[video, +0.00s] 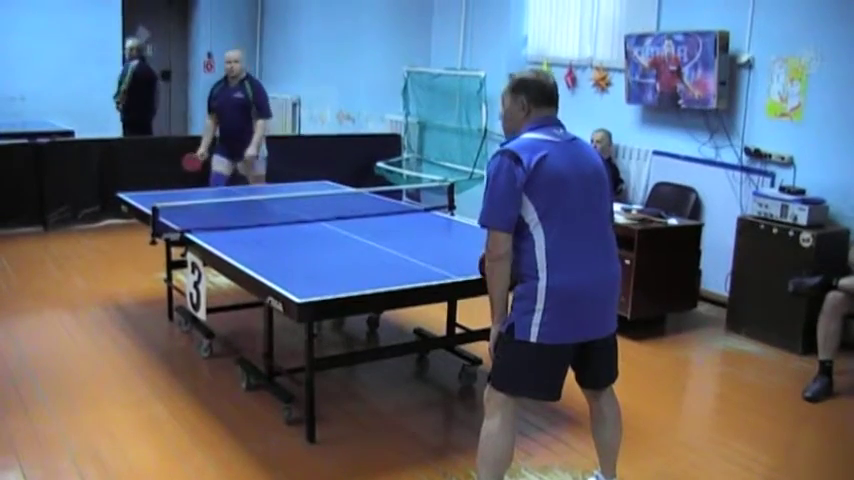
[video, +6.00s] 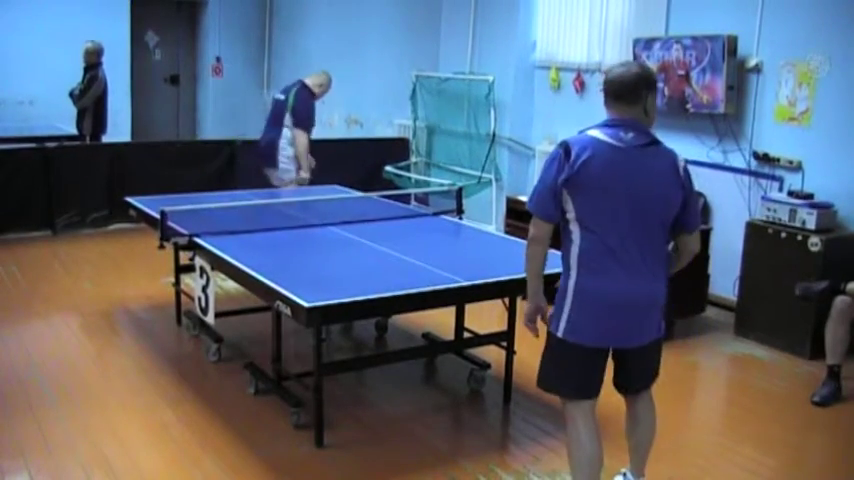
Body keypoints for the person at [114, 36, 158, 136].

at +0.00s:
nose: (126, 53)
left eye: (128, 49)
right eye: (127, 49)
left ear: (133, 51)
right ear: (141, 51)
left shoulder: (130, 67)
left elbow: (124, 87)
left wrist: (118, 100)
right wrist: (151, 113)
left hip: (131, 113)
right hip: (146, 113)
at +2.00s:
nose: (113, 59)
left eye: (116, 55)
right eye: (110, 55)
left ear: (121, 56)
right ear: (107, 57)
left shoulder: (130, 75)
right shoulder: (103, 75)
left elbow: (130, 95)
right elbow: (96, 95)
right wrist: (115, 92)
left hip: (126, 121)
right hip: (108, 122)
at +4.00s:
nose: (82, 57)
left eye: (85, 54)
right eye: (82, 54)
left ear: (94, 56)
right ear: (81, 55)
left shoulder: (94, 77)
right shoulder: (85, 74)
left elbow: (80, 103)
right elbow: (75, 88)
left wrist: (72, 94)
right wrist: (74, 94)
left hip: (91, 129)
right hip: (83, 128)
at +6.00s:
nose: (85, 57)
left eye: (89, 53)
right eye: (85, 53)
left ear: (97, 56)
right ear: (84, 54)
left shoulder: (96, 76)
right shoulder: (88, 73)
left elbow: (82, 102)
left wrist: (74, 92)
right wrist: (77, 93)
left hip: (93, 127)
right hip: (85, 126)